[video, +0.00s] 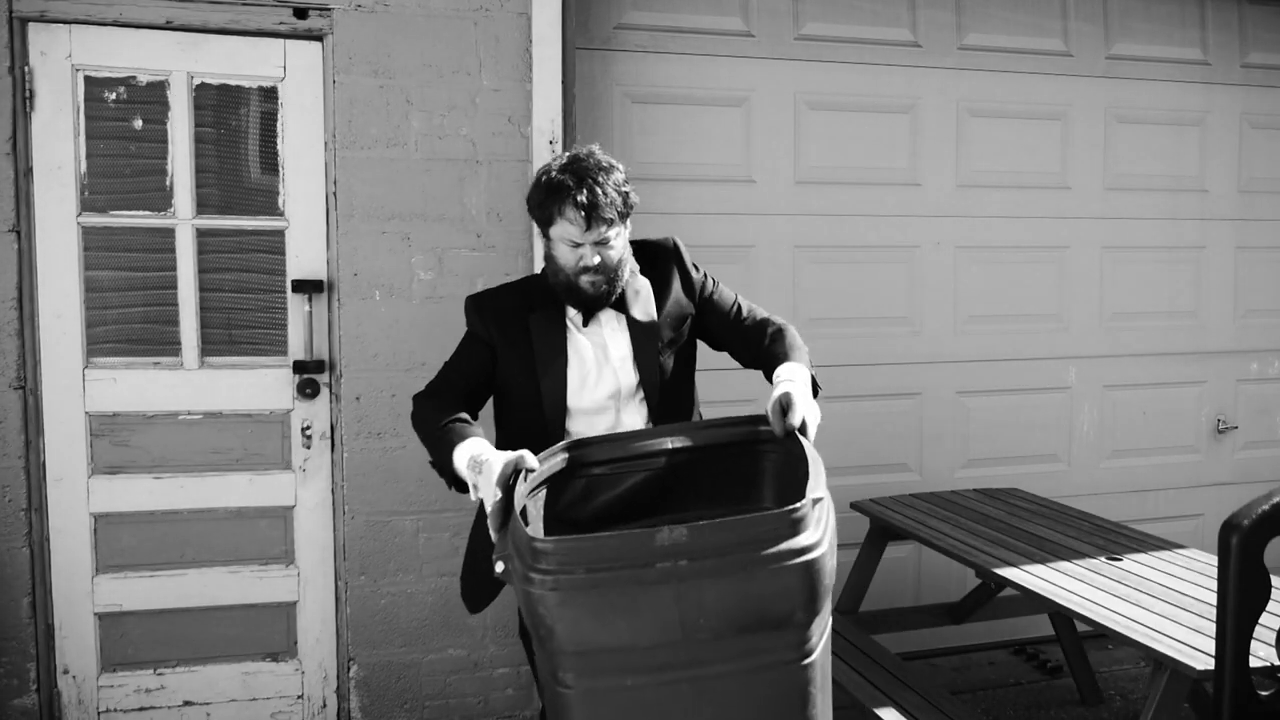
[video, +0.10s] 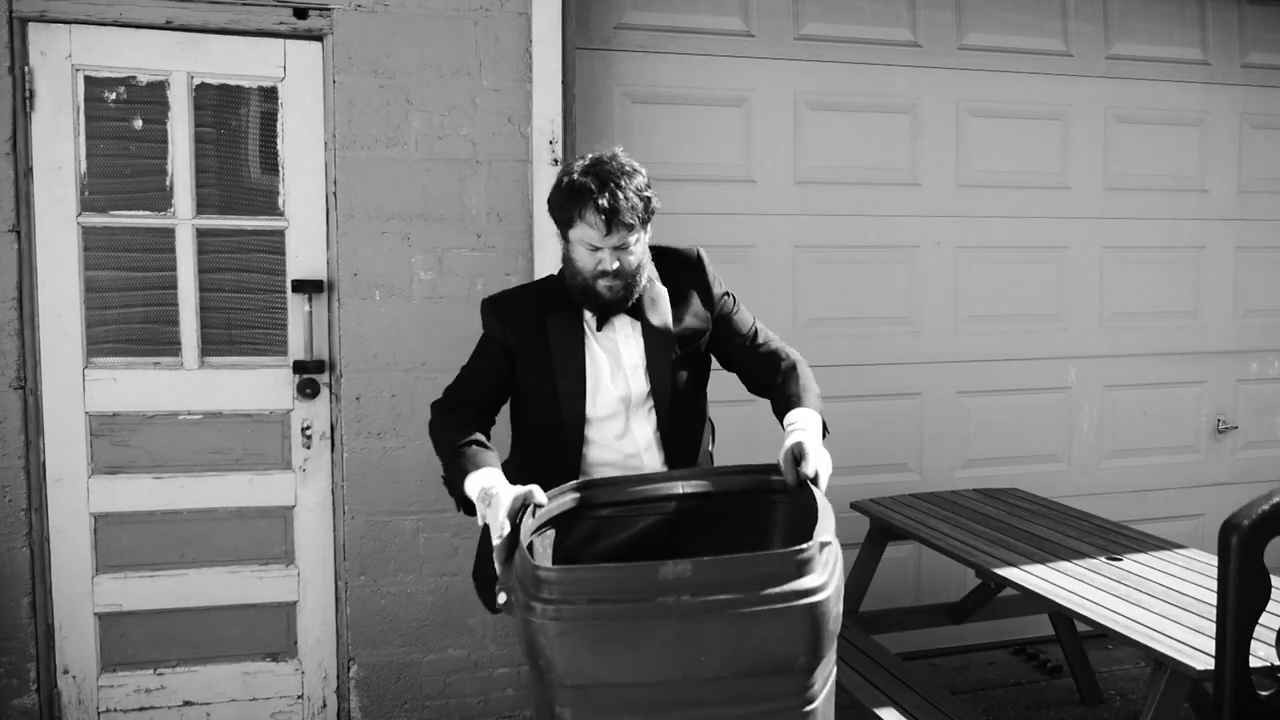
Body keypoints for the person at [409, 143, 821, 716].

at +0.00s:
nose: (592, 258)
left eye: (605, 239)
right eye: (572, 244)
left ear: (627, 225)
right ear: (543, 238)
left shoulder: (670, 278)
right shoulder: (503, 316)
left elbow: (768, 335)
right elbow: (436, 405)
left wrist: (793, 377)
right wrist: (476, 457)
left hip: (668, 534)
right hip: (557, 545)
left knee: (675, 693)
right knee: (570, 700)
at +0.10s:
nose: (609, 263)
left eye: (624, 245)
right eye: (590, 248)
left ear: (647, 231)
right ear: (563, 239)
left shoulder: (687, 285)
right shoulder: (517, 319)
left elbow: (780, 366)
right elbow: (456, 415)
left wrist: (804, 429)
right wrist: (488, 486)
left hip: (682, 543)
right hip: (571, 550)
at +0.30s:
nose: (650, 281)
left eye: (667, 264)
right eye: (634, 264)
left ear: (690, 245)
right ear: (605, 246)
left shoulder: (726, 301)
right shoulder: (553, 326)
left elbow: (791, 403)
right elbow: (504, 434)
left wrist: (817, 496)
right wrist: (510, 535)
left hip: (702, 561)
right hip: (589, 567)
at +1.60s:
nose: (702, 271)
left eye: (719, 255)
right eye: (686, 253)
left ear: (743, 238)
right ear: (662, 235)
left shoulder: (785, 296)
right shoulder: (606, 310)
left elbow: (848, 398)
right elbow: (556, 417)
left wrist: (869, 506)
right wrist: (541, 526)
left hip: (744, 553)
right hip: (636, 553)